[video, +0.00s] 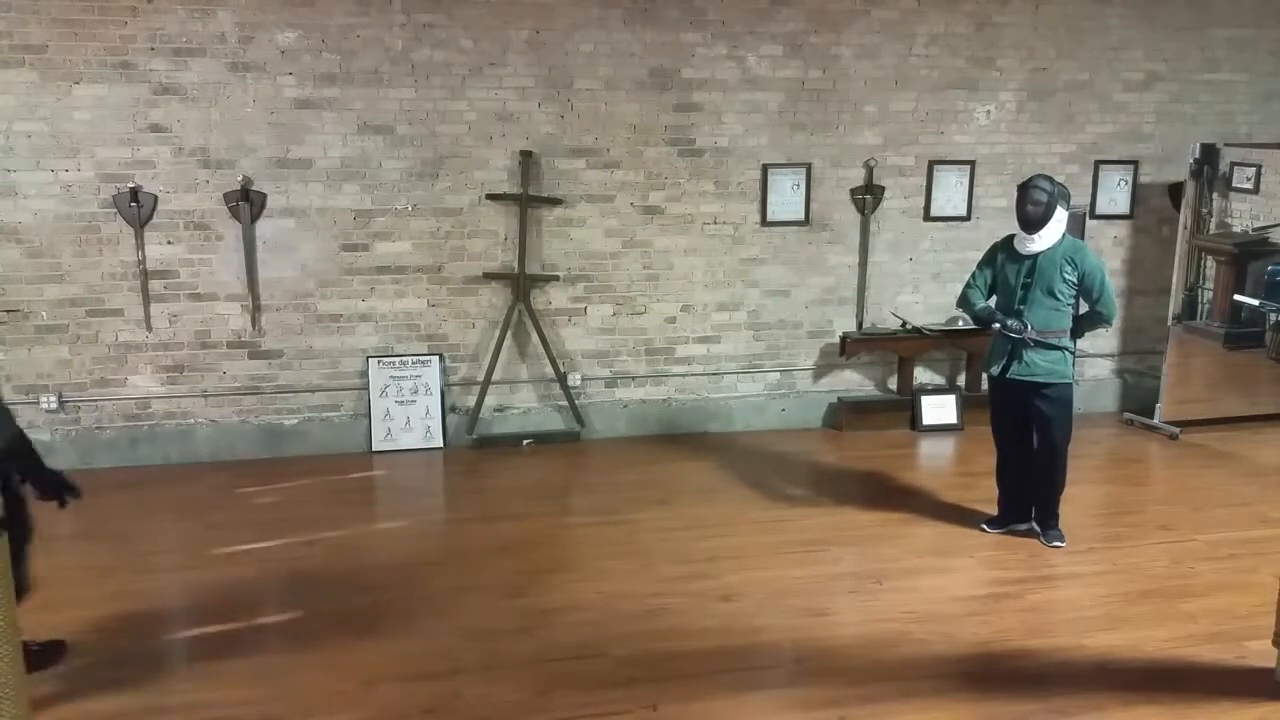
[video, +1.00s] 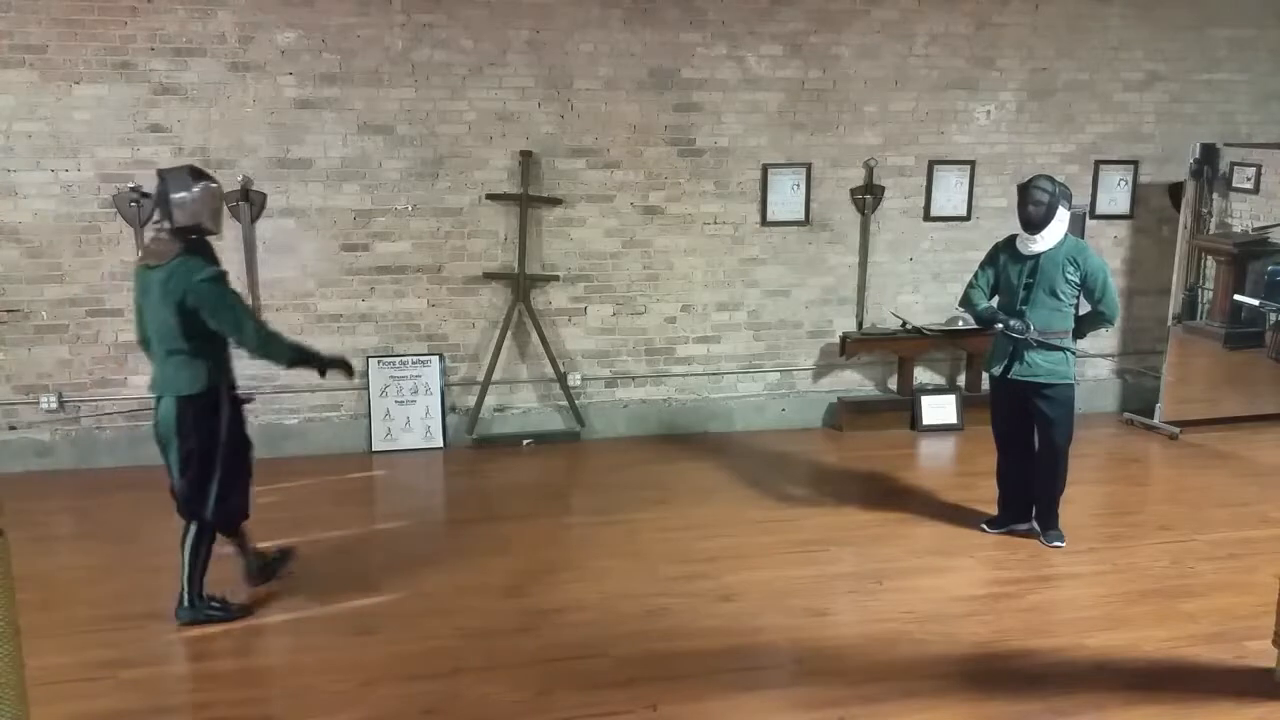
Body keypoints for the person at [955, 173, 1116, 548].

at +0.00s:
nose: (1027, 210)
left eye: (1035, 202)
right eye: (1023, 202)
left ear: (1056, 207)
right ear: (1017, 203)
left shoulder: (1077, 255)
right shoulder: (1003, 250)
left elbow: (1106, 311)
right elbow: (969, 296)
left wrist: (1071, 329)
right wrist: (997, 320)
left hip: (1050, 371)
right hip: (1005, 369)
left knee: (1051, 452)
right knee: (1009, 448)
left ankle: (1048, 522)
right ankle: (1013, 515)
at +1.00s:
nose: (1028, 210)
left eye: (1037, 203)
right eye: (1024, 202)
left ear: (1058, 207)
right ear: (1018, 204)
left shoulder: (1079, 254)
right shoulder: (1004, 250)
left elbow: (1107, 312)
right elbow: (972, 297)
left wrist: (1068, 331)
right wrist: (1000, 320)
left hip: (1052, 373)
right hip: (1006, 371)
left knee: (1052, 453)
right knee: (1010, 449)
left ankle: (1048, 523)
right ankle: (1013, 515)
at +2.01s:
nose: (1028, 209)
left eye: (1037, 202)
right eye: (1024, 201)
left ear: (1058, 206)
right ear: (1019, 202)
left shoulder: (1081, 254)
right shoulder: (1005, 250)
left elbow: (1108, 311)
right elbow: (973, 297)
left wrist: (1071, 331)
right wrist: (1001, 319)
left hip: (1053, 372)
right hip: (1007, 370)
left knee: (1054, 453)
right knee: (1013, 449)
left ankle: (1051, 523)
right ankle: (1016, 516)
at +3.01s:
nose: (1030, 213)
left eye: (1040, 207)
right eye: (1027, 205)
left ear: (1060, 210)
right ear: (1021, 206)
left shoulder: (1078, 256)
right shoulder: (1005, 247)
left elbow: (1105, 315)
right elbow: (954, 243)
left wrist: (1069, 331)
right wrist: (899, 230)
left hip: (1048, 365)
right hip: (1002, 361)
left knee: (1048, 449)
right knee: (1008, 445)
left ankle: (1046, 520)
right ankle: (1013, 513)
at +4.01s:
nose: (1002, 218)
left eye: (1009, 211)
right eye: (999, 211)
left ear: (1034, 210)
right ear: (999, 210)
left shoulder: (1067, 253)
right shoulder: (997, 253)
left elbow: (1100, 309)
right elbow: (963, 296)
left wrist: (1066, 327)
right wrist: (919, 307)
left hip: (1044, 365)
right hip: (1003, 364)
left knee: (1050, 446)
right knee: (1008, 446)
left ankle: (1068, 519)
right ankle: (1012, 515)